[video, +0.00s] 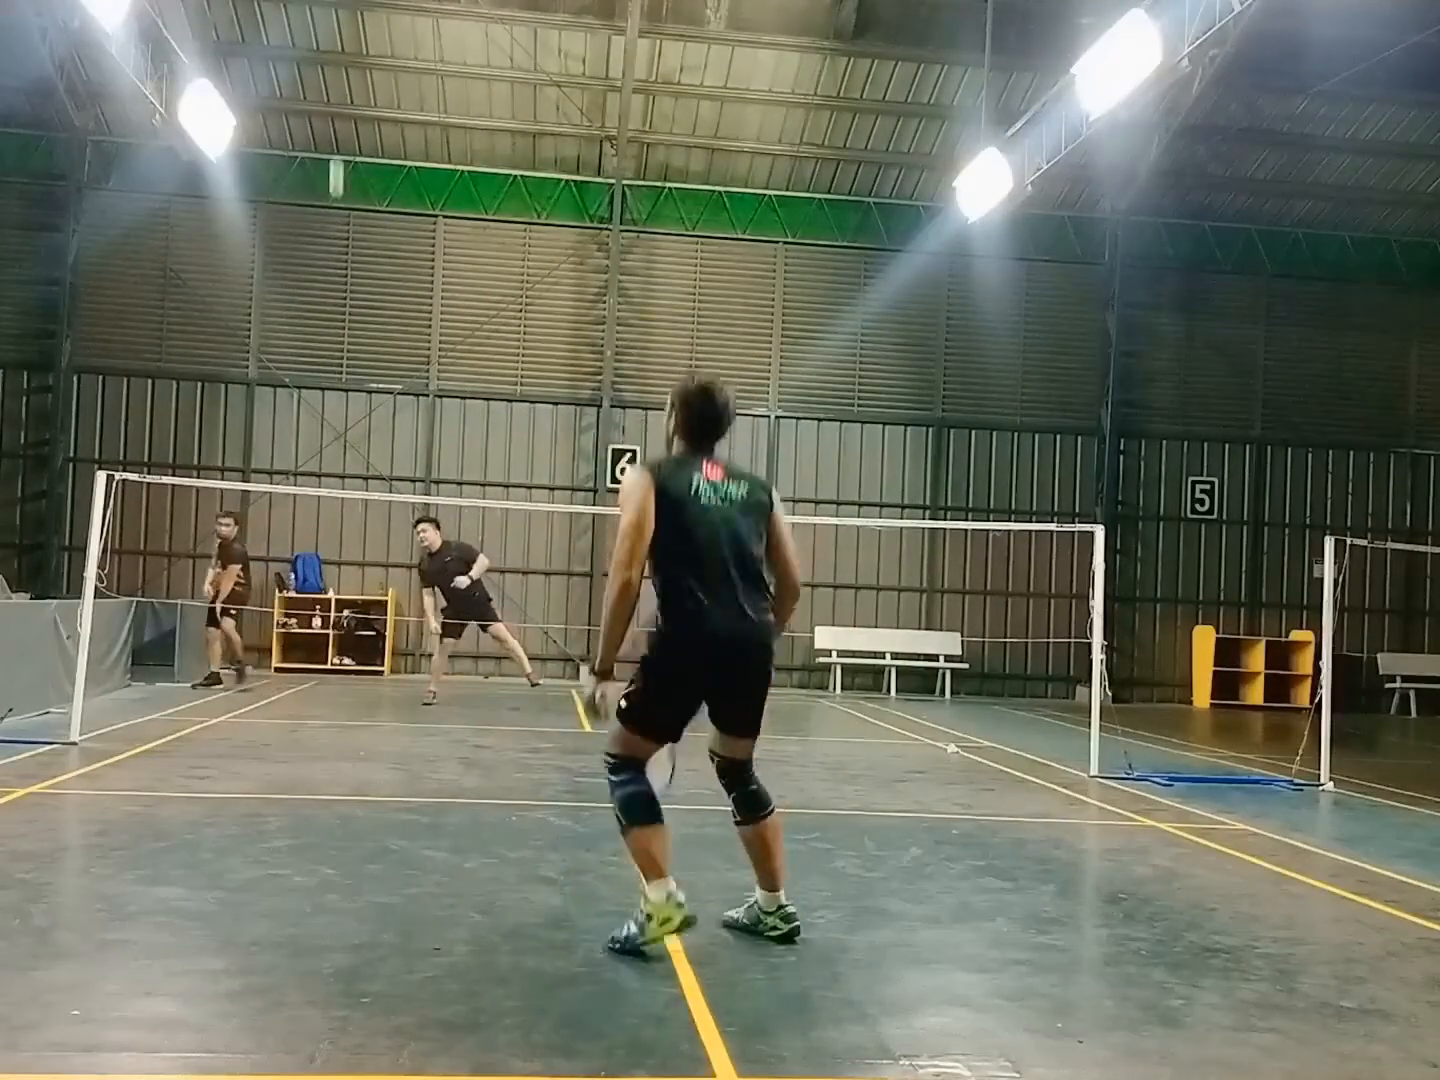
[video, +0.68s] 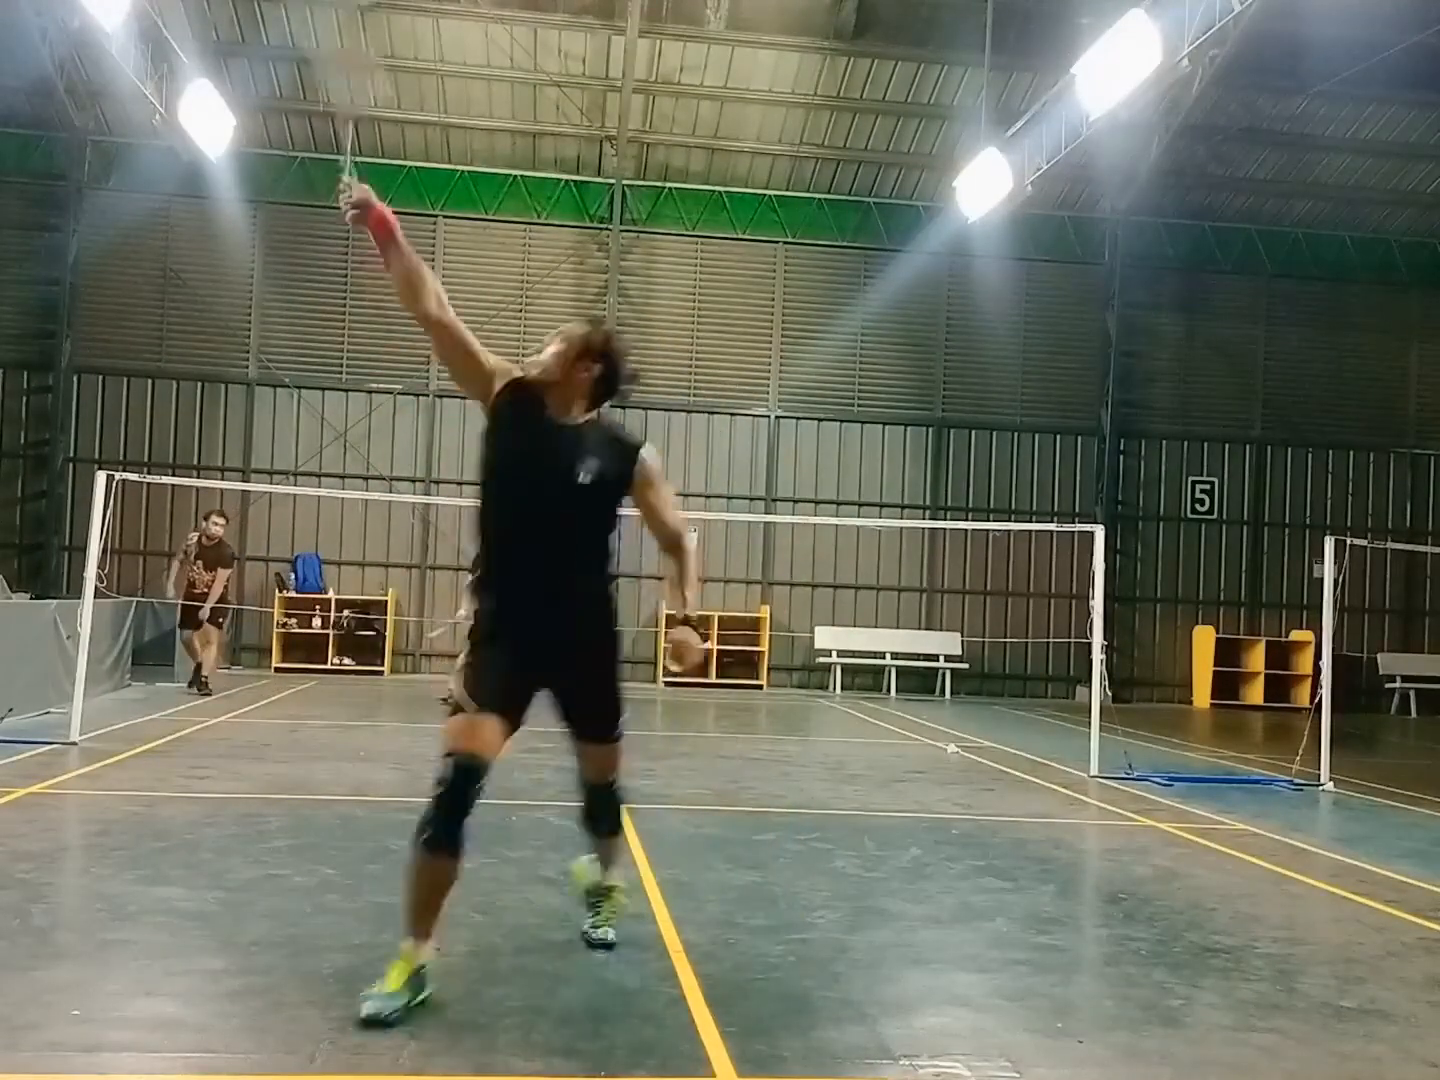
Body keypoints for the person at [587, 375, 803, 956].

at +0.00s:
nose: (669, 424)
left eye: (672, 416)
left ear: (675, 424)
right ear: (723, 429)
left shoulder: (649, 479)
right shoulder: (757, 487)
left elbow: (626, 578)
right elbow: (790, 581)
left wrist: (602, 666)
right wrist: (770, 625)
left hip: (683, 646)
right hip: (751, 648)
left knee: (626, 761)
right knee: (736, 766)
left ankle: (662, 899)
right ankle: (774, 905)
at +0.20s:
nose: (643, 451)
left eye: (647, 444)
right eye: (648, 442)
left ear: (657, 452)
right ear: (698, 461)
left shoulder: (641, 499)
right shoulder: (720, 514)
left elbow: (637, 589)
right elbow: (748, 606)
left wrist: (600, 673)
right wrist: (751, 671)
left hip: (687, 666)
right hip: (744, 665)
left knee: (579, 770)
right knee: (717, 767)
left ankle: (659, 886)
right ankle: (767, 900)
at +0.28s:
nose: (632, 418)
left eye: (638, 411)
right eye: (638, 409)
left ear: (650, 427)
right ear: (680, 436)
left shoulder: (641, 480)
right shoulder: (688, 488)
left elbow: (653, 569)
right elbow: (692, 588)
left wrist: (600, 646)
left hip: (678, 657)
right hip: (718, 652)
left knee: (577, 777)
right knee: (690, 762)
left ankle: (643, 890)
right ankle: (761, 892)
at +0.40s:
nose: (604, 376)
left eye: (615, 371)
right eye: (611, 369)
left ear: (634, 393)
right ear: (631, 396)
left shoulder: (667, 464)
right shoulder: (613, 463)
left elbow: (681, 569)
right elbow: (590, 559)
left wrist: (610, 639)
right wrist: (534, 598)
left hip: (658, 637)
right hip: (618, 632)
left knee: (607, 785)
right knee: (602, 764)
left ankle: (642, 896)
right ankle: (695, 847)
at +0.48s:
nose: (595, 358)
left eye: (609, 352)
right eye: (604, 349)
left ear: (629, 376)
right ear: (621, 378)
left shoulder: (670, 456)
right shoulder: (582, 447)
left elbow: (689, 561)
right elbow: (519, 496)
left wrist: (622, 640)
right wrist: (483, 531)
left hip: (646, 633)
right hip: (584, 624)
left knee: (621, 776)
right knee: (555, 765)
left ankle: (642, 892)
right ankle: (618, 856)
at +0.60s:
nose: (577, 340)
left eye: (591, 335)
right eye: (585, 331)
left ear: (616, 358)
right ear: (603, 355)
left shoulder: (654, 440)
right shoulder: (545, 396)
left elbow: (690, 543)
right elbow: (472, 369)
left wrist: (656, 631)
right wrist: (405, 365)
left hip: (619, 625)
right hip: (547, 616)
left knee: (628, 775)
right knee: (500, 762)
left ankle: (633, 879)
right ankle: (502, 895)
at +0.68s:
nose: (546, 344)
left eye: (563, 342)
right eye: (555, 338)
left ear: (588, 371)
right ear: (557, 361)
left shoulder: (621, 450)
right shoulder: (505, 397)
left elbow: (680, 535)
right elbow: (431, 311)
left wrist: (681, 615)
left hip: (586, 635)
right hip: (505, 628)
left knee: (603, 789)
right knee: (454, 787)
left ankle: (600, 878)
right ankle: (412, 956)